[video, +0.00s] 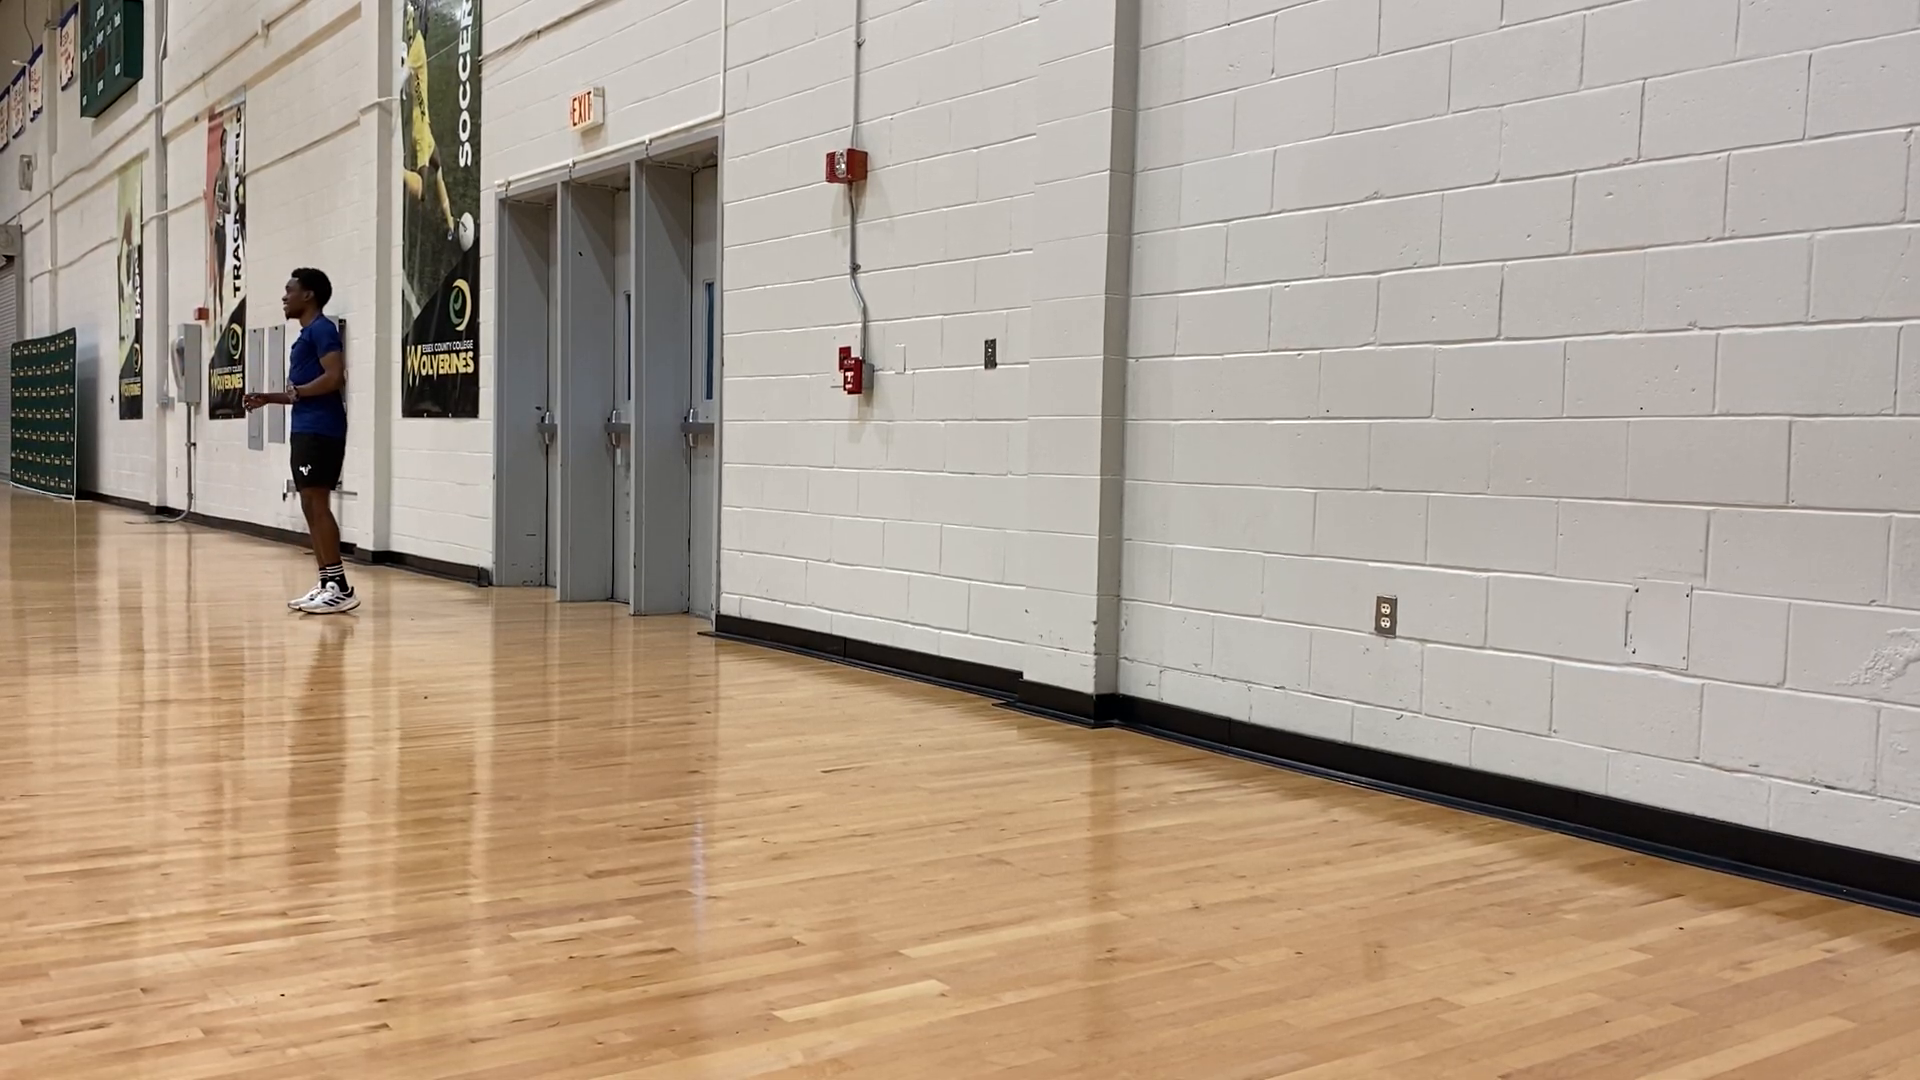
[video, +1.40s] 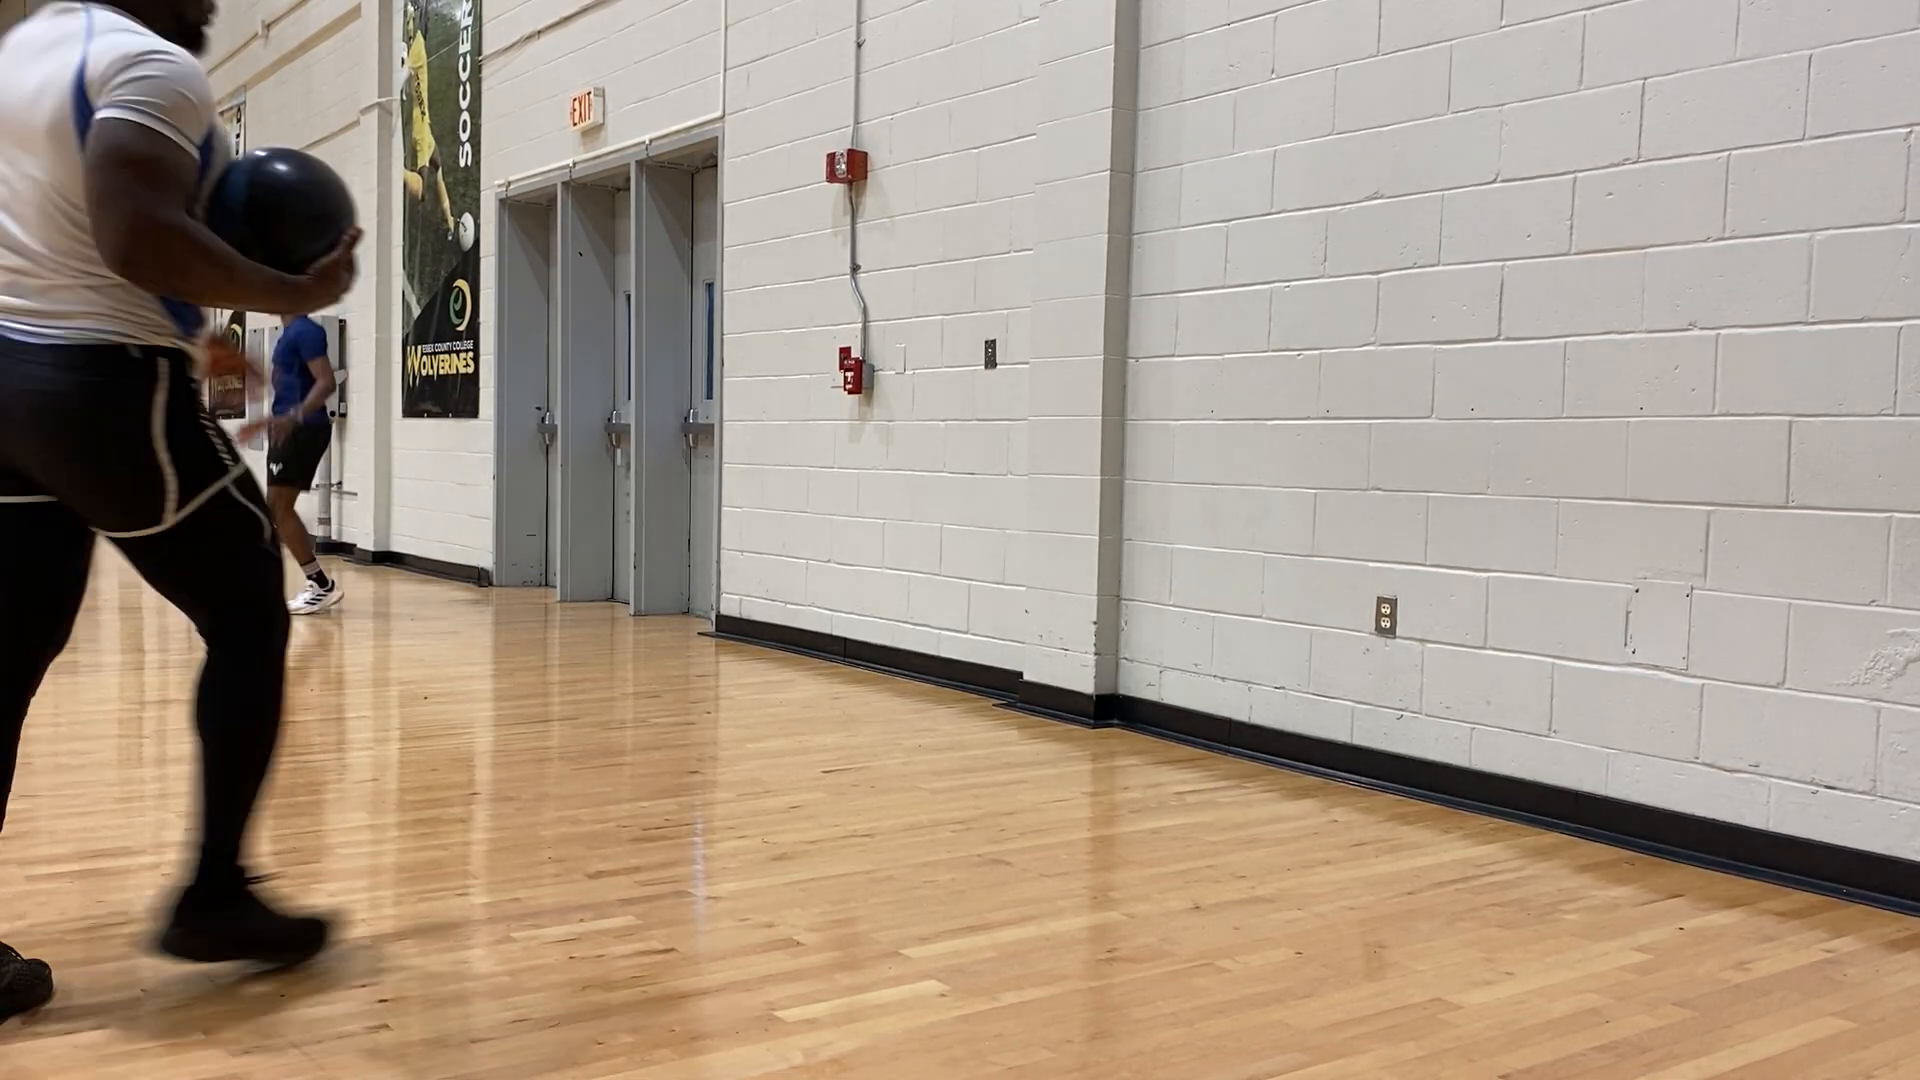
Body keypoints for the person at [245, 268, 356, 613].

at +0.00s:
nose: (283, 296)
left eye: (289, 290)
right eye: (285, 290)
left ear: (308, 295)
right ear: (305, 296)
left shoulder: (322, 329)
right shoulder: (305, 335)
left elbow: (335, 377)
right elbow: (301, 393)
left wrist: (297, 391)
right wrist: (266, 398)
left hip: (321, 432)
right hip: (306, 432)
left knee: (317, 507)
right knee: (311, 507)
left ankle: (338, 587)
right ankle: (327, 585)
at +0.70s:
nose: (288, 295)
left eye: (294, 289)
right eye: (290, 289)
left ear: (314, 296)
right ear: (310, 296)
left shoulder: (321, 322)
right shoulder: (304, 333)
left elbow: (325, 348)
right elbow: (287, 376)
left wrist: (278, 340)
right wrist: (238, 364)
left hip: (320, 430)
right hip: (304, 430)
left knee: (302, 503)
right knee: (294, 505)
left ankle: (334, 584)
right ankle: (326, 582)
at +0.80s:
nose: (287, 281)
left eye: (293, 276)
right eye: (288, 276)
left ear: (313, 282)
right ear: (301, 282)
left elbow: (304, 288)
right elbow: (272, 328)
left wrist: (266, 267)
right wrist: (245, 289)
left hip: (318, 412)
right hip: (298, 413)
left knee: (307, 490)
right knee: (297, 493)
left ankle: (336, 575)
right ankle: (317, 575)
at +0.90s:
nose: (285, 285)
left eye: (292, 280)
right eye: (286, 280)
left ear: (307, 286)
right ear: (291, 288)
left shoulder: (316, 311)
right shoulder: (298, 314)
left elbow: (320, 273)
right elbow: (276, 292)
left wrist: (284, 237)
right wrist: (267, 248)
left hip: (315, 410)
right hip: (298, 411)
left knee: (307, 494)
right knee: (291, 497)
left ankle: (335, 577)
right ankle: (317, 577)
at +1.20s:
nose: (284, 271)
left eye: (292, 267)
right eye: (287, 266)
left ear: (308, 277)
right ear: (296, 277)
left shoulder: (315, 308)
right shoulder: (289, 312)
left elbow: (316, 287)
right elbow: (272, 314)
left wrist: (288, 256)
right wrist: (249, 289)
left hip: (308, 407)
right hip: (289, 408)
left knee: (302, 487)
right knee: (288, 489)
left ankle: (327, 571)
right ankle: (311, 570)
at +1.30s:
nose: (286, 275)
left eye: (291, 270)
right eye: (289, 269)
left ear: (302, 277)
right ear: (306, 279)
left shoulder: (310, 304)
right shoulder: (294, 313)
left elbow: (325, 337)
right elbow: (281, 360)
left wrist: (288, 342)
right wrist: (242, 356)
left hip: (304, 407)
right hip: (288, 407)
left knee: (292, 489)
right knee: (288, 490)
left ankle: (317, 573)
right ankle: (311, 572)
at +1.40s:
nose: (275, 302)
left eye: (280, 295)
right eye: (277, 295)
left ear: (290, 299)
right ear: (293, 300)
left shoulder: (306, 331)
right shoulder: (288, 336)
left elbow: (326, 383)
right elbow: (288, 399)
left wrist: (294, 417)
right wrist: (259, 425)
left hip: (307, 428)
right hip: (290, 427)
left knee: (279, 506)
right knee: (276, 507)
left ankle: (320, 584)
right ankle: (318, 584)